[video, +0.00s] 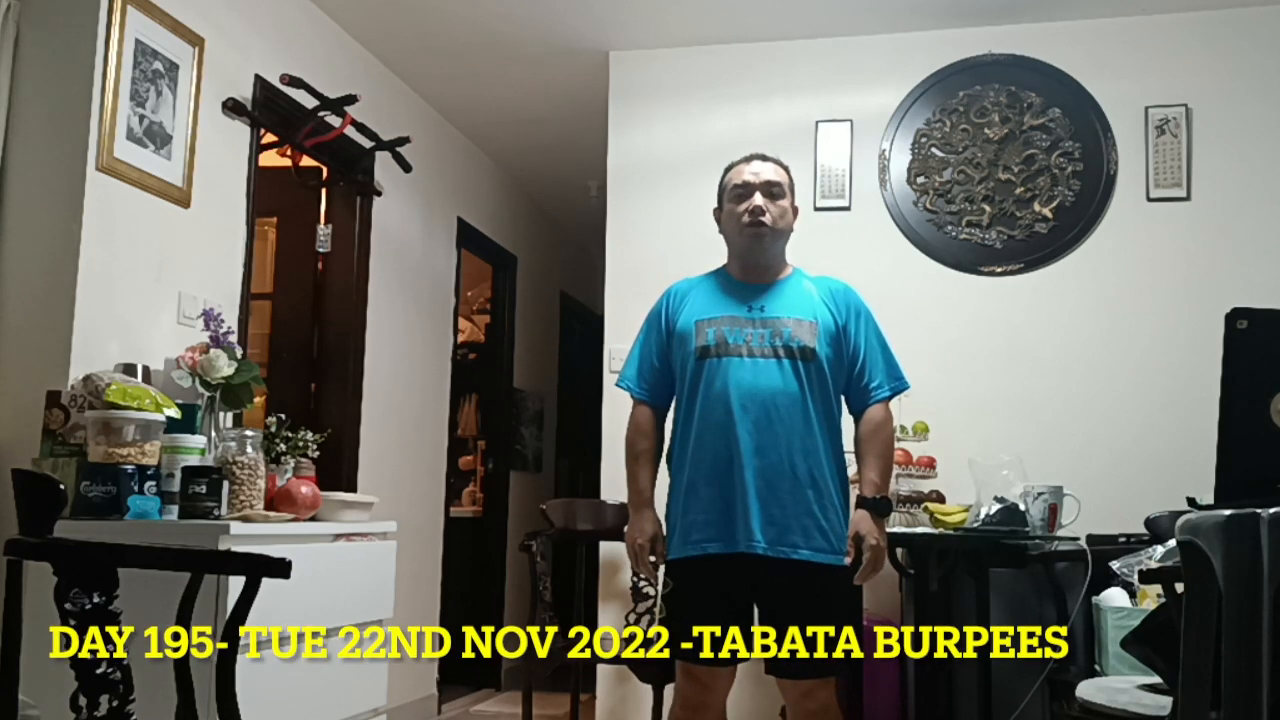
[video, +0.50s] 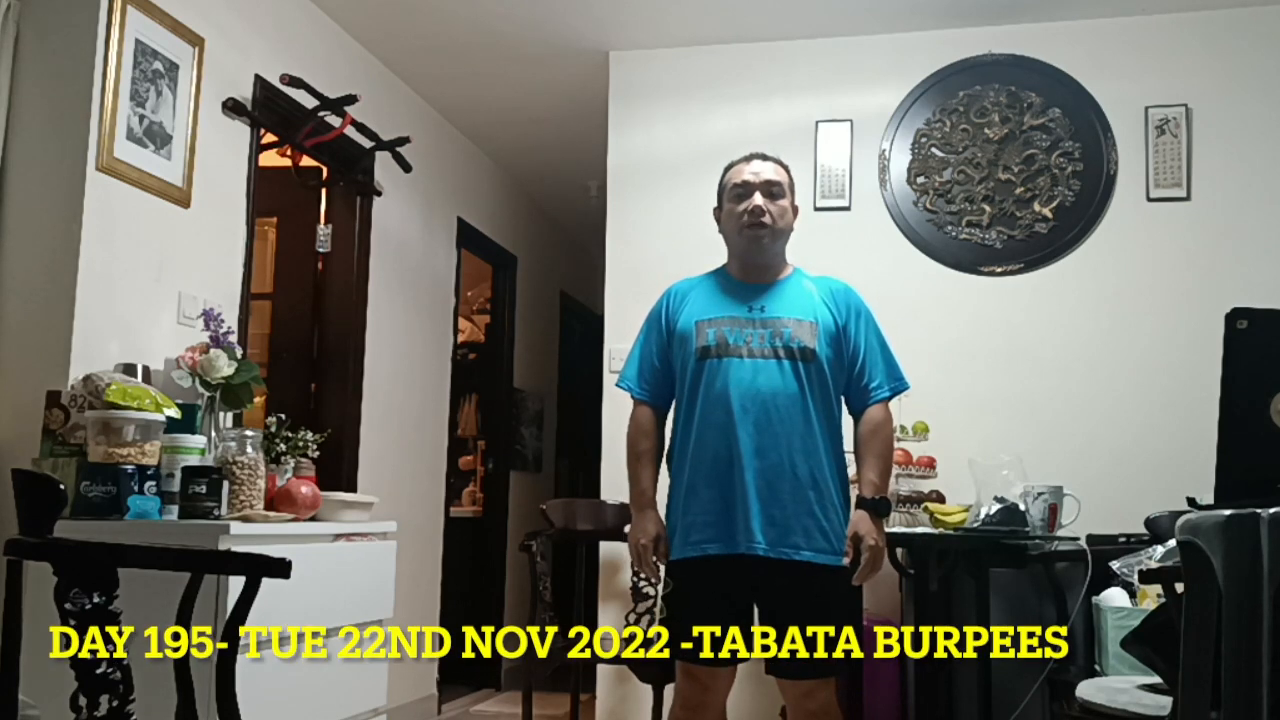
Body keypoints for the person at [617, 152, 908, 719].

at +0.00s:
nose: (757, 200)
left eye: (773, 192)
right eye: (741, 193)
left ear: (794, 216)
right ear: (719, 218)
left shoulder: (837, 302)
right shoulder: (681, 301)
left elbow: (875, 407)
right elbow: (645, 409)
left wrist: (871, 507)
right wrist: (641, 509)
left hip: (811, 541)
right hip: (704, 537)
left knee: (814, 699)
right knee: (698, 692)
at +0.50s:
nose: (757, 200)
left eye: (773, 191)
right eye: (741, 192)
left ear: (794, 215)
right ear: (719, 217)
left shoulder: (837, 302)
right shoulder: (681, 301)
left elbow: (875, 407)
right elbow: (646, 409)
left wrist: (871, 508)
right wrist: (642, 509)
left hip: (810, 542)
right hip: (704, 538)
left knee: (814, 700)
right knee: (698, 692)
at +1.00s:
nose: (757, 200)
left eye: (772, 192)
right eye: (741, 192)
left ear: (794, 215)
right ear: (719, 217)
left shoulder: (837, 303)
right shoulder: (681, 302)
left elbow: (874, 408)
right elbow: (646, 410)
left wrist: (870, 509)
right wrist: (643, 510)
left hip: (810, 542)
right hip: (704, 538)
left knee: (814, 699)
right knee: (698, 691)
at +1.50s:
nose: (761, 200)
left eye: (777, 192)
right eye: (744, 192)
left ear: (796, 216)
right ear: (721, 215)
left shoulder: (838, 303)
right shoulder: (681, 302)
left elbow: (874, 411)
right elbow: (646, 410)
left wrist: (869, 511)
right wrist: (642, 509)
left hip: (809, 544)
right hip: (704, 540)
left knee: (814, 700)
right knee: (698, 694)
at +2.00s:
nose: (760, 199)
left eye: (776, 190)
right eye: (743, 191)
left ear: (795, 215)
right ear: (719, 215)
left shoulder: (838, 303)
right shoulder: (681, 302)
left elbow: (874, 411)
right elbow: (647, 410)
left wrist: (870, 511)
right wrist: (643, 510)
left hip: (810, 544)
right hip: (705, 540)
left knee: (814, 701)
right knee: (698, 694)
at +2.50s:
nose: (758, 200)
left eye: (774, 190)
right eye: (742, 191)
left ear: (795, 213)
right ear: (719, 216)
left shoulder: (839, 304)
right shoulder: (682, 302)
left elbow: (875, 411)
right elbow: (647, 412)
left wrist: (870, 511)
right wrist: (645, 513)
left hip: (811, 545)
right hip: (706, 542)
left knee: (815, 701)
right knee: (699, 696)